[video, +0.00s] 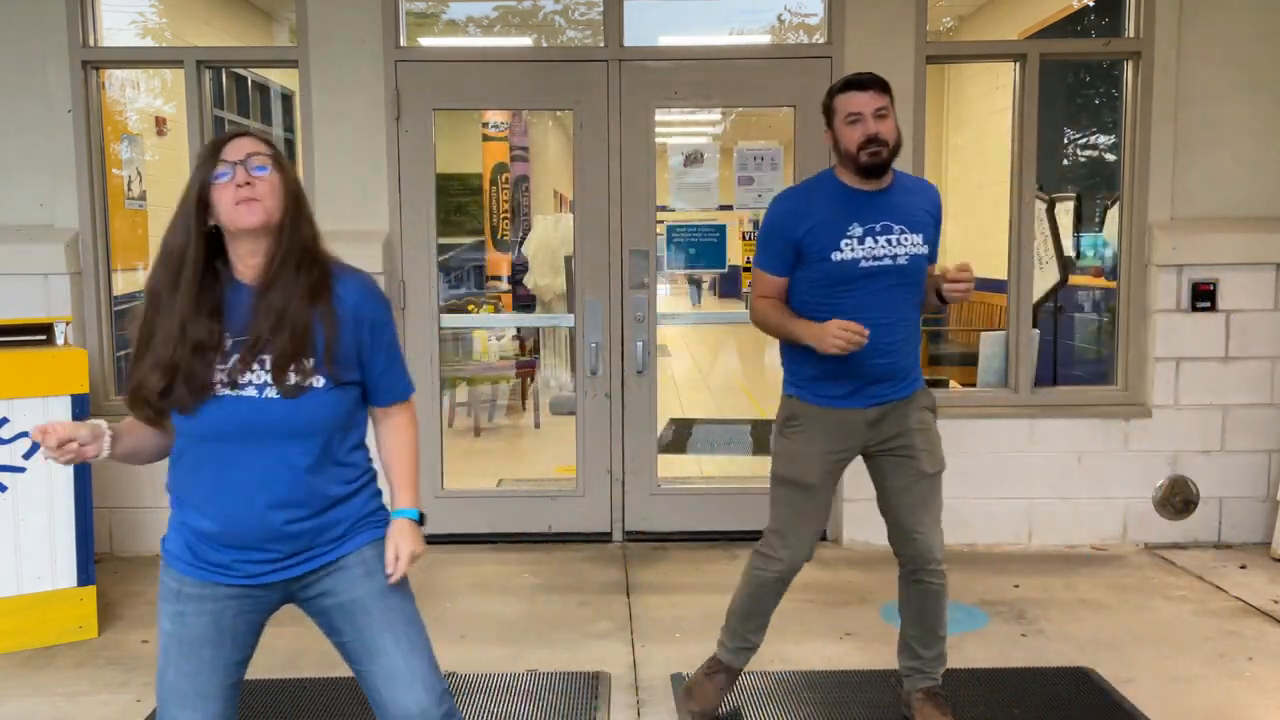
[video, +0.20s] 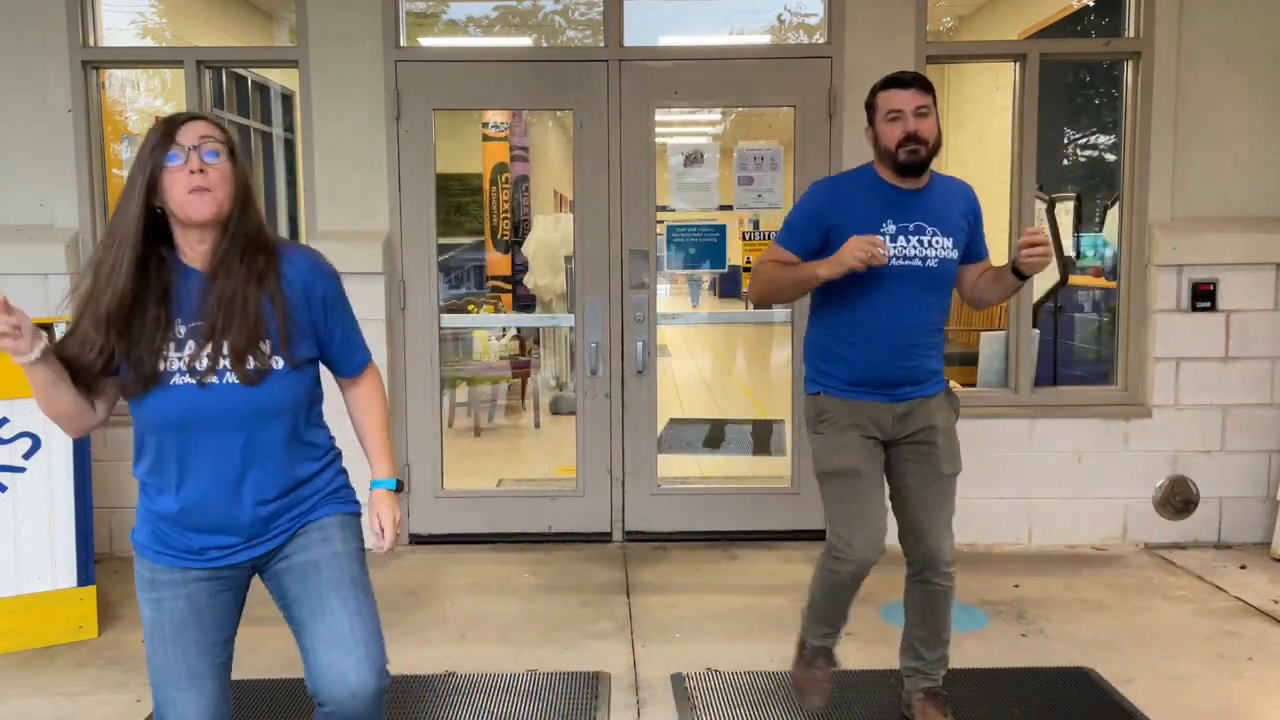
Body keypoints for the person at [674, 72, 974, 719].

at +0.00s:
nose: (871, 129)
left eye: (881, 116)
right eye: (854, 120)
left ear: (897, 124)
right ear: (831, 134)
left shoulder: (922, 201)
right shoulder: (793, 210)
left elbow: (911, 290)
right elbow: (762, 305)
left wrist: (942, 288)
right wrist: (812, 332)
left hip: (903, 406)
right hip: (817, 411)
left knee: (924, 556)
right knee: (785, 550)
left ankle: (924, 687)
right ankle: (726, 662)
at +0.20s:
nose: (910, 127)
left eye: (922, 114)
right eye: (894, 116)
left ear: (938, 125)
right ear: (871, 130)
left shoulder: (958, 200)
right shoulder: (830, 198)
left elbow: (978, 292)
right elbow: (762, 285)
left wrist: (1016, 268)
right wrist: (830, 265)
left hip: (925, 403)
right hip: (842, 405)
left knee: (933, 555)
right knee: (858, 545)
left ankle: (925, 684)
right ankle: (816, 649)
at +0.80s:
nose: (825, 151)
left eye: (837, 136)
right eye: (817, 141)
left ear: (878, 137)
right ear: (813, 149)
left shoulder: (936, 207)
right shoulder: (801, 215)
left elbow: (988, 301)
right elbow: (773, 279)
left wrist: (943, 291)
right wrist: (762, 325)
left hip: (917, 419)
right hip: (824, 415)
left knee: (935, 564)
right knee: (765, 527)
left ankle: (922, 686)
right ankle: (804, 665)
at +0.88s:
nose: (781, 146)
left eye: (793, 132)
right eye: (777, 136)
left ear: (837, 130)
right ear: (780, 143)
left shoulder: (901, 193)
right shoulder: (779, 208)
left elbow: (971, 278)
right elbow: (750, 268)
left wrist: (891, 263)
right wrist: (735, 292)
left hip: (902, 408)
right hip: (818, 404)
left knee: (918, 560)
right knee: (761, 517)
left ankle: (924, 687)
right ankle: (758, 675)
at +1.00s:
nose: (732, 155)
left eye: (741, 142)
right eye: (729, 145)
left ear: (783, 137)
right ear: (758, 146)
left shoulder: (837, 188)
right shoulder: (751, 211)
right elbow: (724, 259)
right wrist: (689, 290)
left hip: (873, 405)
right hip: (804, 409)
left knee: (895, 561)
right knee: (758, 532)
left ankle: (930, 687)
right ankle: (732, 682)